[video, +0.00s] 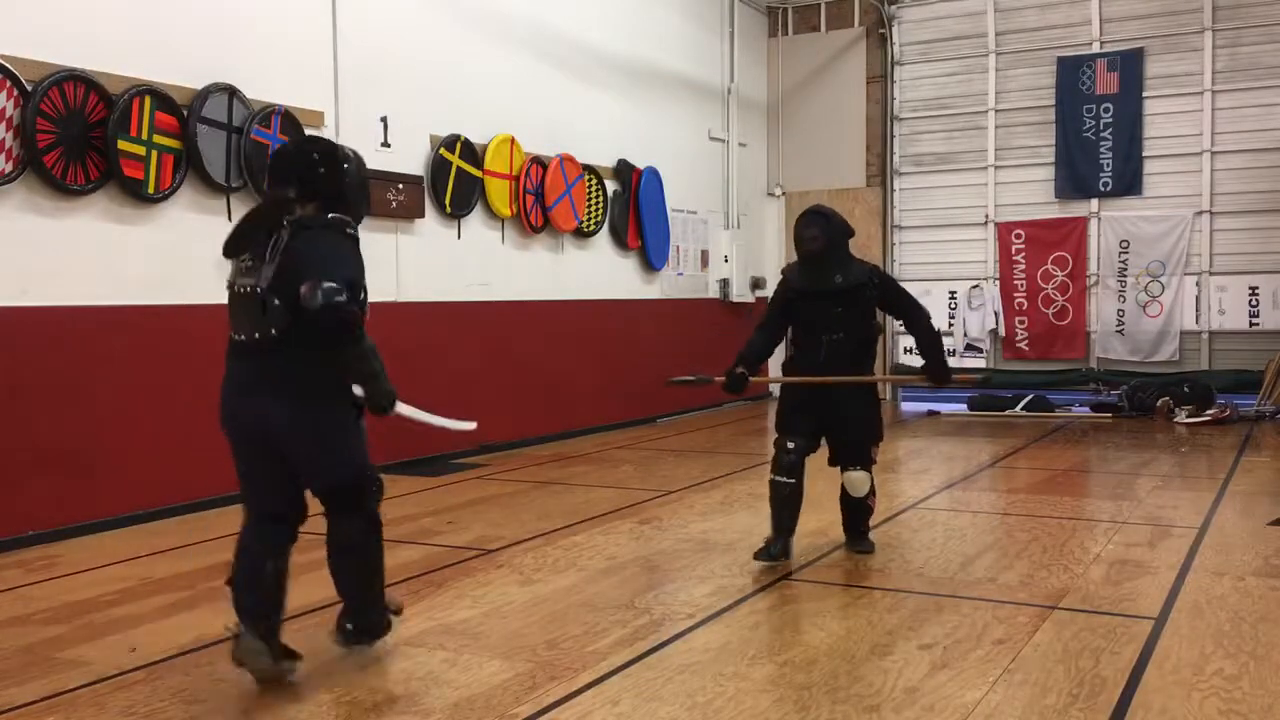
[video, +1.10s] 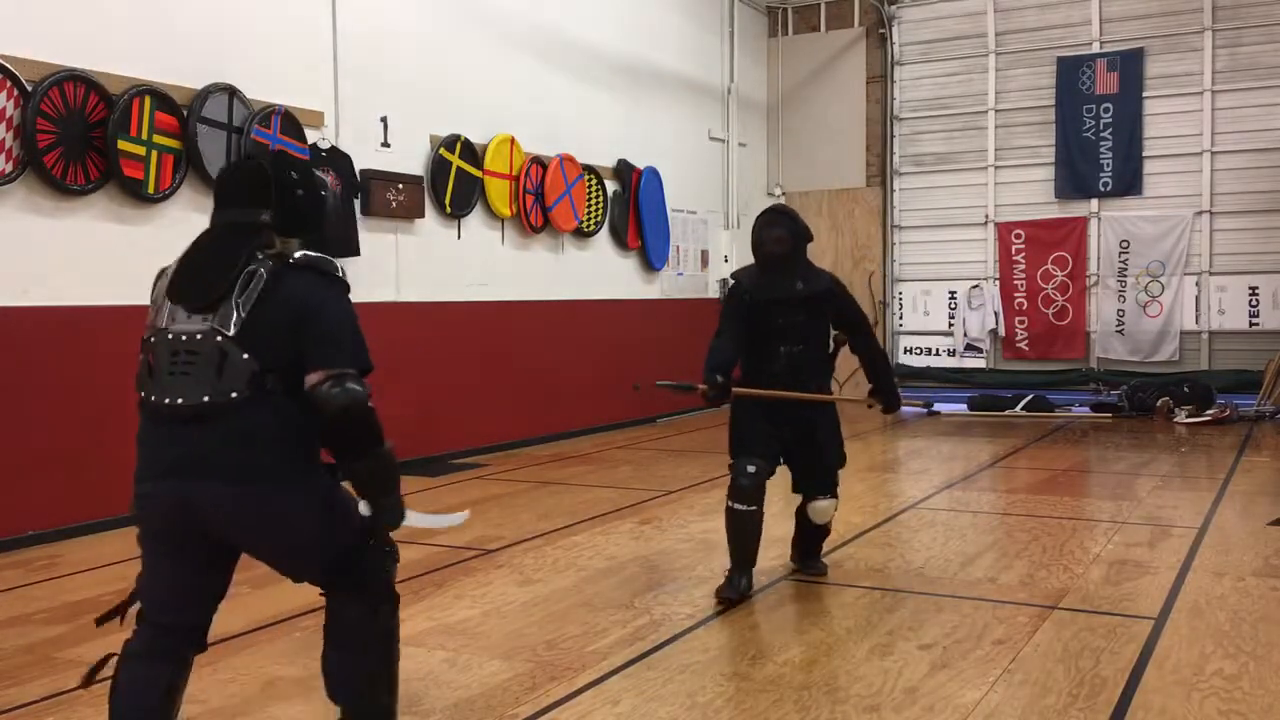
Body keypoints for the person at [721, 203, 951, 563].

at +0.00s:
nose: (809, 244)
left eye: (816, 237)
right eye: (803, 238)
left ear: (836, 237)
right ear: (796, 240)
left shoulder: (864, 278)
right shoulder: (793, 282)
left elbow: (915, 314)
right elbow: (769, 329)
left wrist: (936, 363)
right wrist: (743, 365)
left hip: (852, 389)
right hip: (801, 390)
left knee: (856, 470)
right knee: (786, 462)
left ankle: (857, 534)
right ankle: (780, 539)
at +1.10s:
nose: (773, 244)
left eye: (782, 236)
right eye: (765, 236)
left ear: (800, 239)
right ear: (754, 242)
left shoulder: (822, 286)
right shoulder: (745, 288)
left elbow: (861, 334)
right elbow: (728, 335)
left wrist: (885, 384)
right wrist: (716, 373)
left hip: (811, 404)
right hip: (756, 403)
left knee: (822, 496)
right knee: (745, 484)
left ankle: (806, 554)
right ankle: (740, 572)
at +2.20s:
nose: (771, 235)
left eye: (779, 225)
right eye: (762, 226)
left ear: (799, 227)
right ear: (750, 229)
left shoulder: (821, 275)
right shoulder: (739, 275)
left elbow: (858, 322)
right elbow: (724, 326)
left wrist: (864, 380)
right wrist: (722, 365)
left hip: (805, 399)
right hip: (751, 397)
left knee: (807, 496)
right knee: (754, 493)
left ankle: (784, 567)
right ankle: (750, 596)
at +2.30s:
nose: (765, 236)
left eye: (774, 226)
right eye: (755, 227)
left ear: (795, 226)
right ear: (744, 229)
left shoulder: (820, 270)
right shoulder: (735, 273)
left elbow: (867, 318)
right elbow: (723, 326)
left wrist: (864, 383)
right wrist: (731, 354)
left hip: (807, 397)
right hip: (754, 397)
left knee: (805, 495)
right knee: (771, 493)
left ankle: (787, 565)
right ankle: (762, 600)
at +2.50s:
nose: (777, 259)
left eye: (785, 249)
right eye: (768, 250)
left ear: (804, 250)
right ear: (755, 253)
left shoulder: (827, 291)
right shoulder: (746, 294)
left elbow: (831, 342)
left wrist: (771, 349)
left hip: (812, 408)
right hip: (765, 411)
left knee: (822, 499)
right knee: (798, 508)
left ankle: (784, 551)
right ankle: (768, 608)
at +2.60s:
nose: (780, 247)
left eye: (790, 237)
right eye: (771, 237)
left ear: (809, 242)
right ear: (758, 243)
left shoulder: (827, 287)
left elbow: (861, 357)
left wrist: (831, 358)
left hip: (816, 409)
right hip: (765, 413)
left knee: (833, 502)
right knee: (798, 508)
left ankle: (796, 552)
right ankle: (768, 606)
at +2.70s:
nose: (786, 236)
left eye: (796, 227)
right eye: (778, 227)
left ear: (813, 233)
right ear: (763, 231)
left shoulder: (827, 279)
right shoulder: (745, 281)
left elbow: (869, 335)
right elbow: (730, 339)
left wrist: (871, 379)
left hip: (821, 400)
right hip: (769, 404)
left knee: (843, 484)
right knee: (798, 501)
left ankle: (820, 552)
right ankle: (769, 606)